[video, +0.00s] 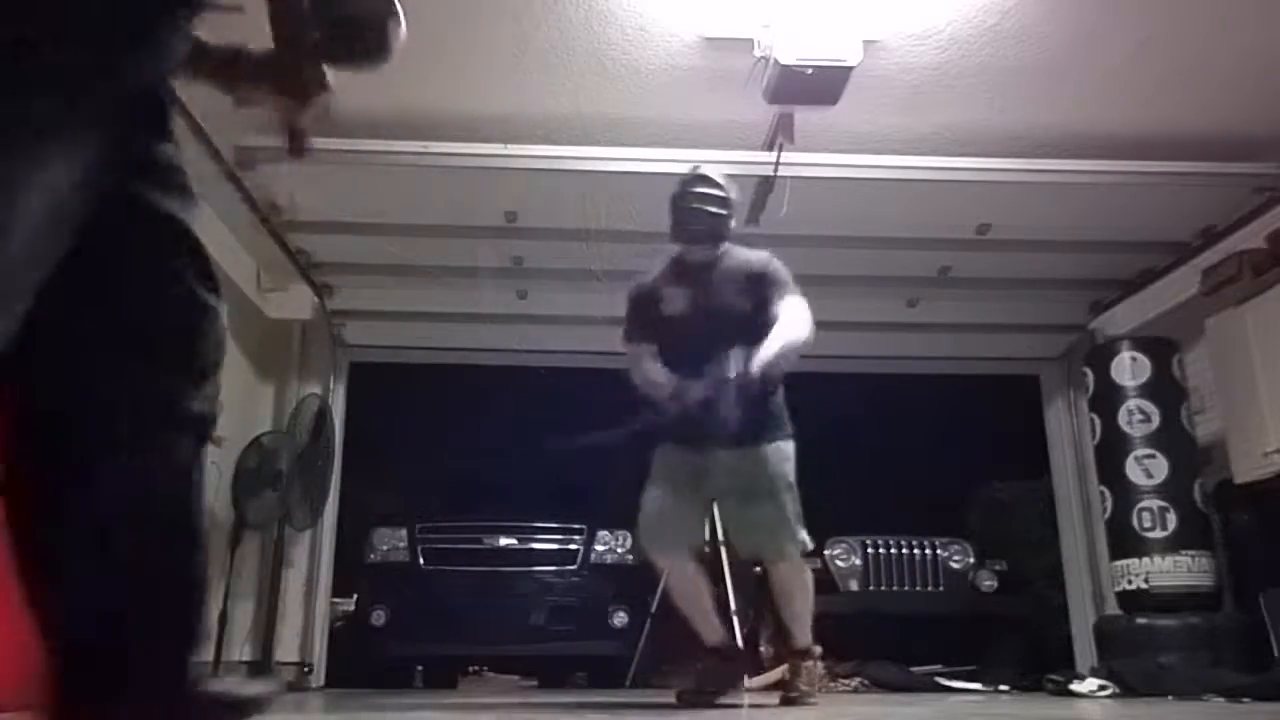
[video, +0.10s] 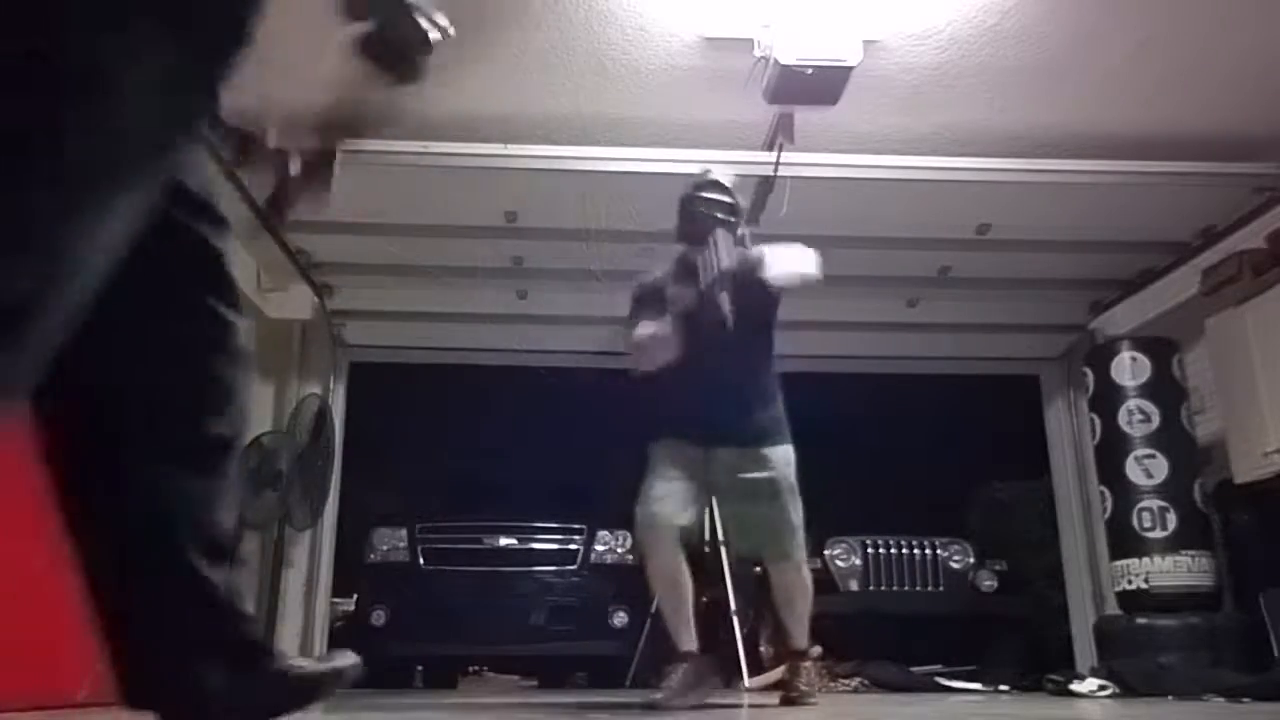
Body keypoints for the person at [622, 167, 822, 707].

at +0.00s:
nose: (698, 228)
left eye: (710, 218)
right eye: (688, 217)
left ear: (728, 222)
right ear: (673, 219)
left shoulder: (760, 271)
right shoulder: (650, 293)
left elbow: (796, 323)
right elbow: (641, 362)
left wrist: (756, 373)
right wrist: (676, 392)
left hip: (758, 442)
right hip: (684, 444)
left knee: (781, 544)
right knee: (663, 540)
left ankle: (805, 659)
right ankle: (720, 655)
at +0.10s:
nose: (707, 229)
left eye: (718, 219)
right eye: (697, 218)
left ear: (734, 226)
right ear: (680, 225)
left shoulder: (758, 269)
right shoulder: (658, 286)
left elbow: (809, 263)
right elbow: (643, 355)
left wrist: (749, 261)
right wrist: (682, 305)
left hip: (758, 437)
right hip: (682, 439)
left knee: (787, 548)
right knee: (656, 526)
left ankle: (801, 660)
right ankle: (689, 659)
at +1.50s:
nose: (780, 162)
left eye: (791, 152)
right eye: (768, 153)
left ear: (809, 160)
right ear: (748, 164)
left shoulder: (839, 210)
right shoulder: (751, 247)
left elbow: (871, 263)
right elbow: (736, 326)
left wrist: (807, 283)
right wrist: (691, 306)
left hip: (851, 393)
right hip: (784, 407)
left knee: (857, 522)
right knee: (775, 533)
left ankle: (915, 630)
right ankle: (827, 667)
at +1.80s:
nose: (842, 185)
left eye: (854, 173)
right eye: (831, 175)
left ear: (876, 181)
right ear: (815, 184)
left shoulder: (902, 240)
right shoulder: (810, 254)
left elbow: (904, 292)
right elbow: (786, 329)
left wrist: (829, 268)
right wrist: (758, 368)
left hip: (914, 417)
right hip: (844, 423)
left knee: (947, 542)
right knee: (820, 525)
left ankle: (993, 664)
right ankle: (847, 655)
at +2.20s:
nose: (808, 222)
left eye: (818, 211)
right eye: (799, 216)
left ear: (846, 213)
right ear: (791, 229)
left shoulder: (878, 258)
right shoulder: (819, 282)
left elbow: (883, 323)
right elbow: (822, 343)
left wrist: (816, 354)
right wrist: (800, 301)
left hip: (908, 407)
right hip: (868, 416)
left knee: (887, 528)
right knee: (870, 544)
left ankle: (953, 643)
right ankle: (952, 659)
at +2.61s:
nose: (757, 239)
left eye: (767, 226)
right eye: (754, 229)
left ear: (799, 224)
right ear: (792, 229)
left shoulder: (816, 266)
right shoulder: (819, 271)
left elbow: (808, 334)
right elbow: (819, 343)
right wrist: (770, 342)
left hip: (855, 420)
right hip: (869, 423)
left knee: (783, 526)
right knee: (829, 560)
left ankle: (787, 670)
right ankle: (931, 642)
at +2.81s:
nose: (777, 238)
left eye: (787, 226)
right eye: (771, 230)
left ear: (821, 226)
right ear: (768, 239)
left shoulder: (846, 265)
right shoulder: (818, 290)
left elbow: (864, 330)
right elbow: (796, 351)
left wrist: (811, 383)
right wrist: (742, 338)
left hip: (883, 410)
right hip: (865, 414)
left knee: (825, 533)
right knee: (856, 553)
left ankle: (790, 670)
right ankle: (927, 663)